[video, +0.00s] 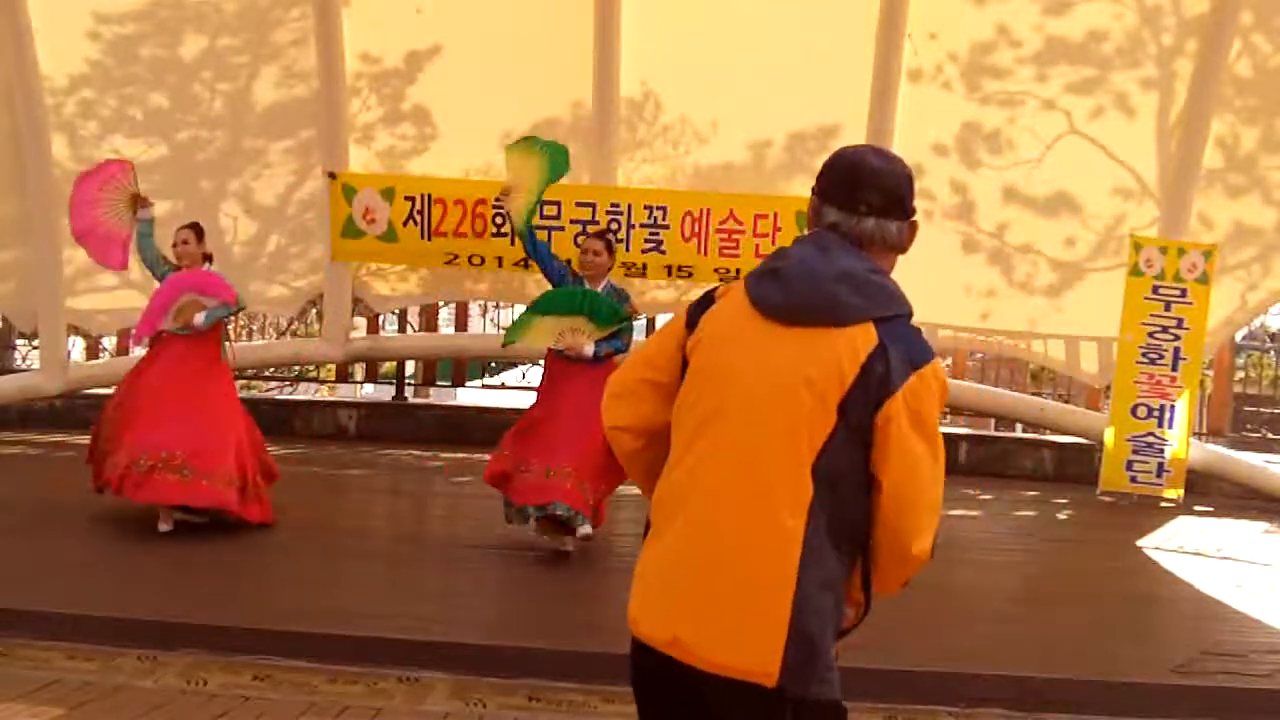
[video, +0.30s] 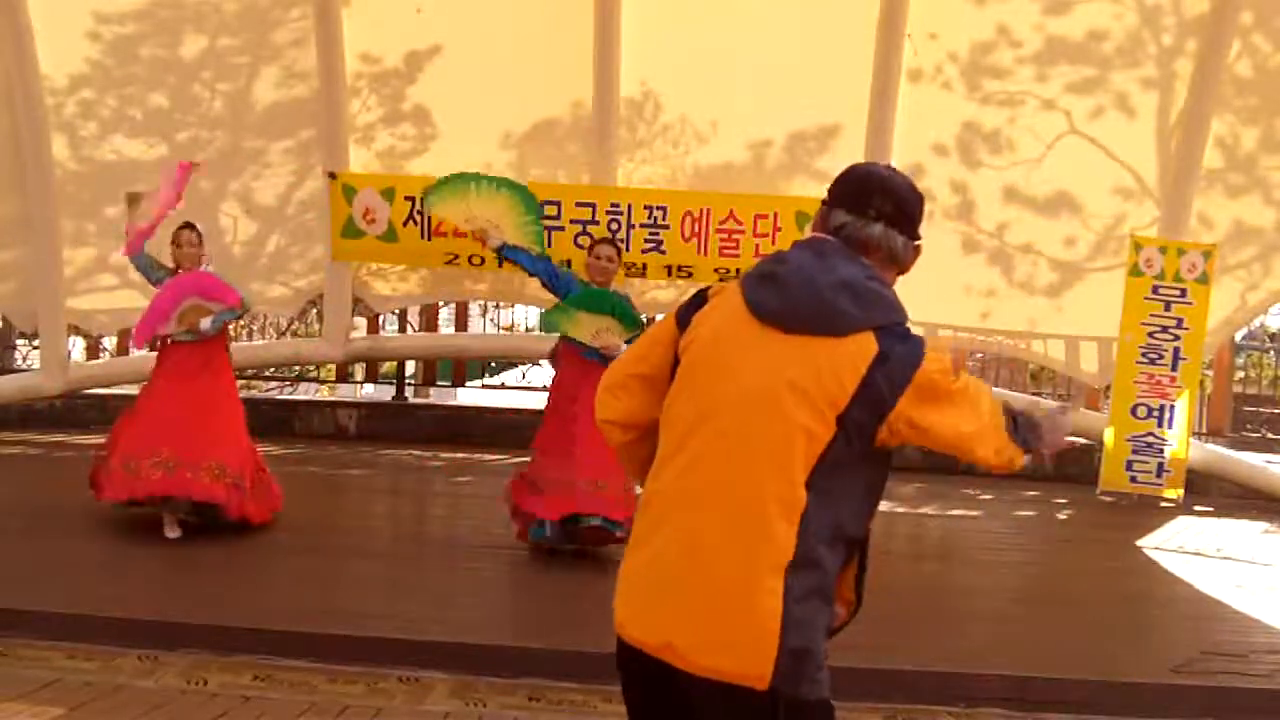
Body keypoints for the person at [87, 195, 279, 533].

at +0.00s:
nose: (179, 249)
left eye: (186, 243)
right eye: (176, 244)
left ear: (202, 247)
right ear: (173, 250)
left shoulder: (212, 279)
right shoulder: (170, 277)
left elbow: (234, 303)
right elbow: (147, 253)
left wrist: (205, 317)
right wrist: (144, 216)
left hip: (203, 360)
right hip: (167, 359)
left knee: (201, 423)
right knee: (162, 422)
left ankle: (198, 496)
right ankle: (164, 501)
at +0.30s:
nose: (188, 249)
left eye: (194, 244)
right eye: (182, 244)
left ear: (202, 249)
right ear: (173, 250)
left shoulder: (211, 281)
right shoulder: (166, 281)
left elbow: (240, 305)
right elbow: (136, 253)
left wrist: (208, 322)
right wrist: (150, 217)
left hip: (209, 362)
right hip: (175, 361)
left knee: (206, 427)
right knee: (169, 428)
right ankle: (168, 508)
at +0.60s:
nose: (220, 251)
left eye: (219, 245)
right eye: (216, 245)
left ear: (201, 248)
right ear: (201, 248)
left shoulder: (211, 285)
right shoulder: (188, 280)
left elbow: (231, 320)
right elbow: (158, 273)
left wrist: (235, 312)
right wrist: (134, 257)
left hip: (209, 363)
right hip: (190, 363)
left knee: (213, 430)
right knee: (190, 432)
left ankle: (205, 501)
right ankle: (172, 506)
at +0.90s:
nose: (172, 253)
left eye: (174, 247)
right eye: (173, 247)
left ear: (184, 248)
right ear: (203, 248)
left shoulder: (173, 286)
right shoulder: (224, 279)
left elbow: (147, 321)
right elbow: (270, 276)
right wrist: (305, 255)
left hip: (187, 368)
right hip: (221, 366)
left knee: (189, 428)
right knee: (228, 423)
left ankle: (196, 493)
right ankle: (228, 486)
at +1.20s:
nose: (228, 255)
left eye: (231, 249)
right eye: (222, 248)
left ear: (233, 250)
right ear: (203, 248)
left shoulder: (234, 285)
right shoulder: (184, 280)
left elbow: (257, 323)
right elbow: (137, 281)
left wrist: (221, 323)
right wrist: (94, 272)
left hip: (214, 364)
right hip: (184, 362)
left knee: (205, 426)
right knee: (173, 425)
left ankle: (204, 502)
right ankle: (170, 498)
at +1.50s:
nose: (215, 248)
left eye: (211, 244)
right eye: (215, 244)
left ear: (188, 248)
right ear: (214, 248)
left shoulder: (176, 282)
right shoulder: (213, 282)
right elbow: (256, 295)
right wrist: (300, 293)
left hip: (175, 360)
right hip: (198, 363)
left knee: (193, 425)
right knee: (203, 427)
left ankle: (191, 495)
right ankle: (184, 494)